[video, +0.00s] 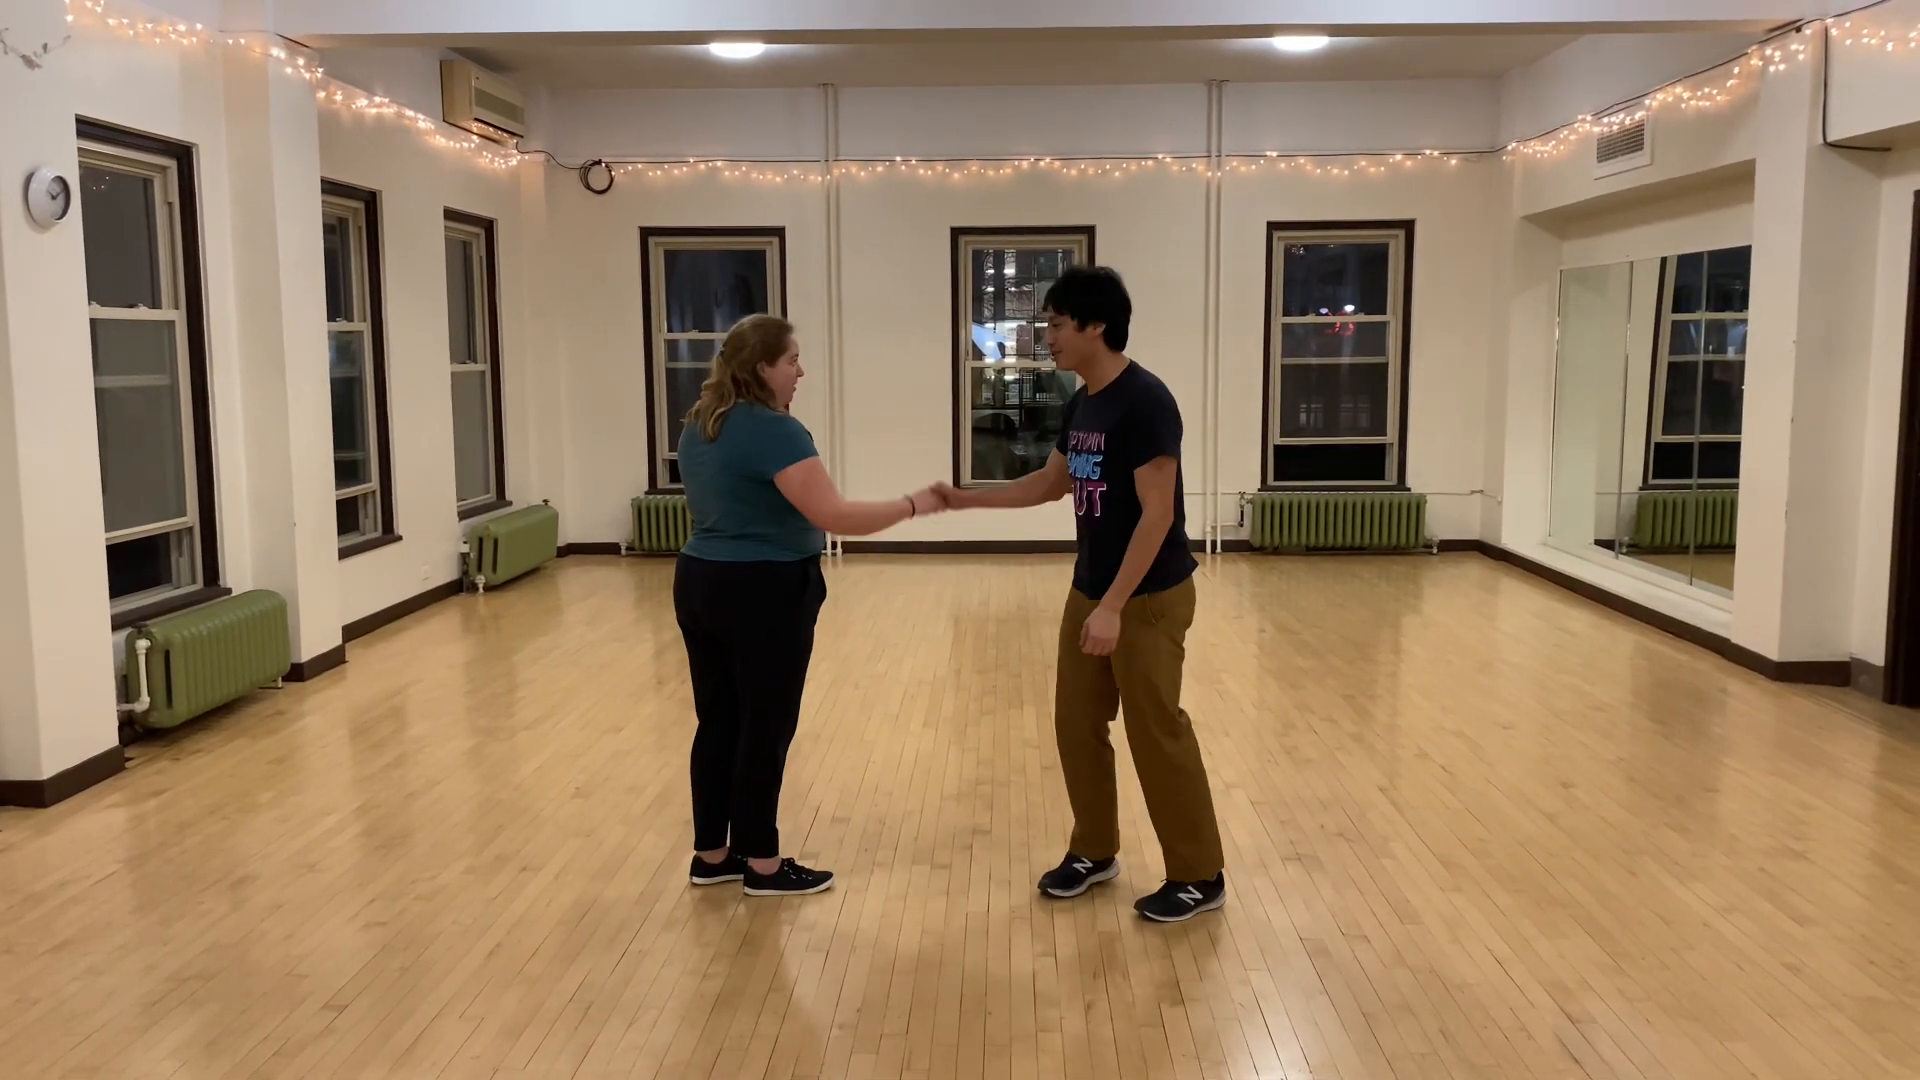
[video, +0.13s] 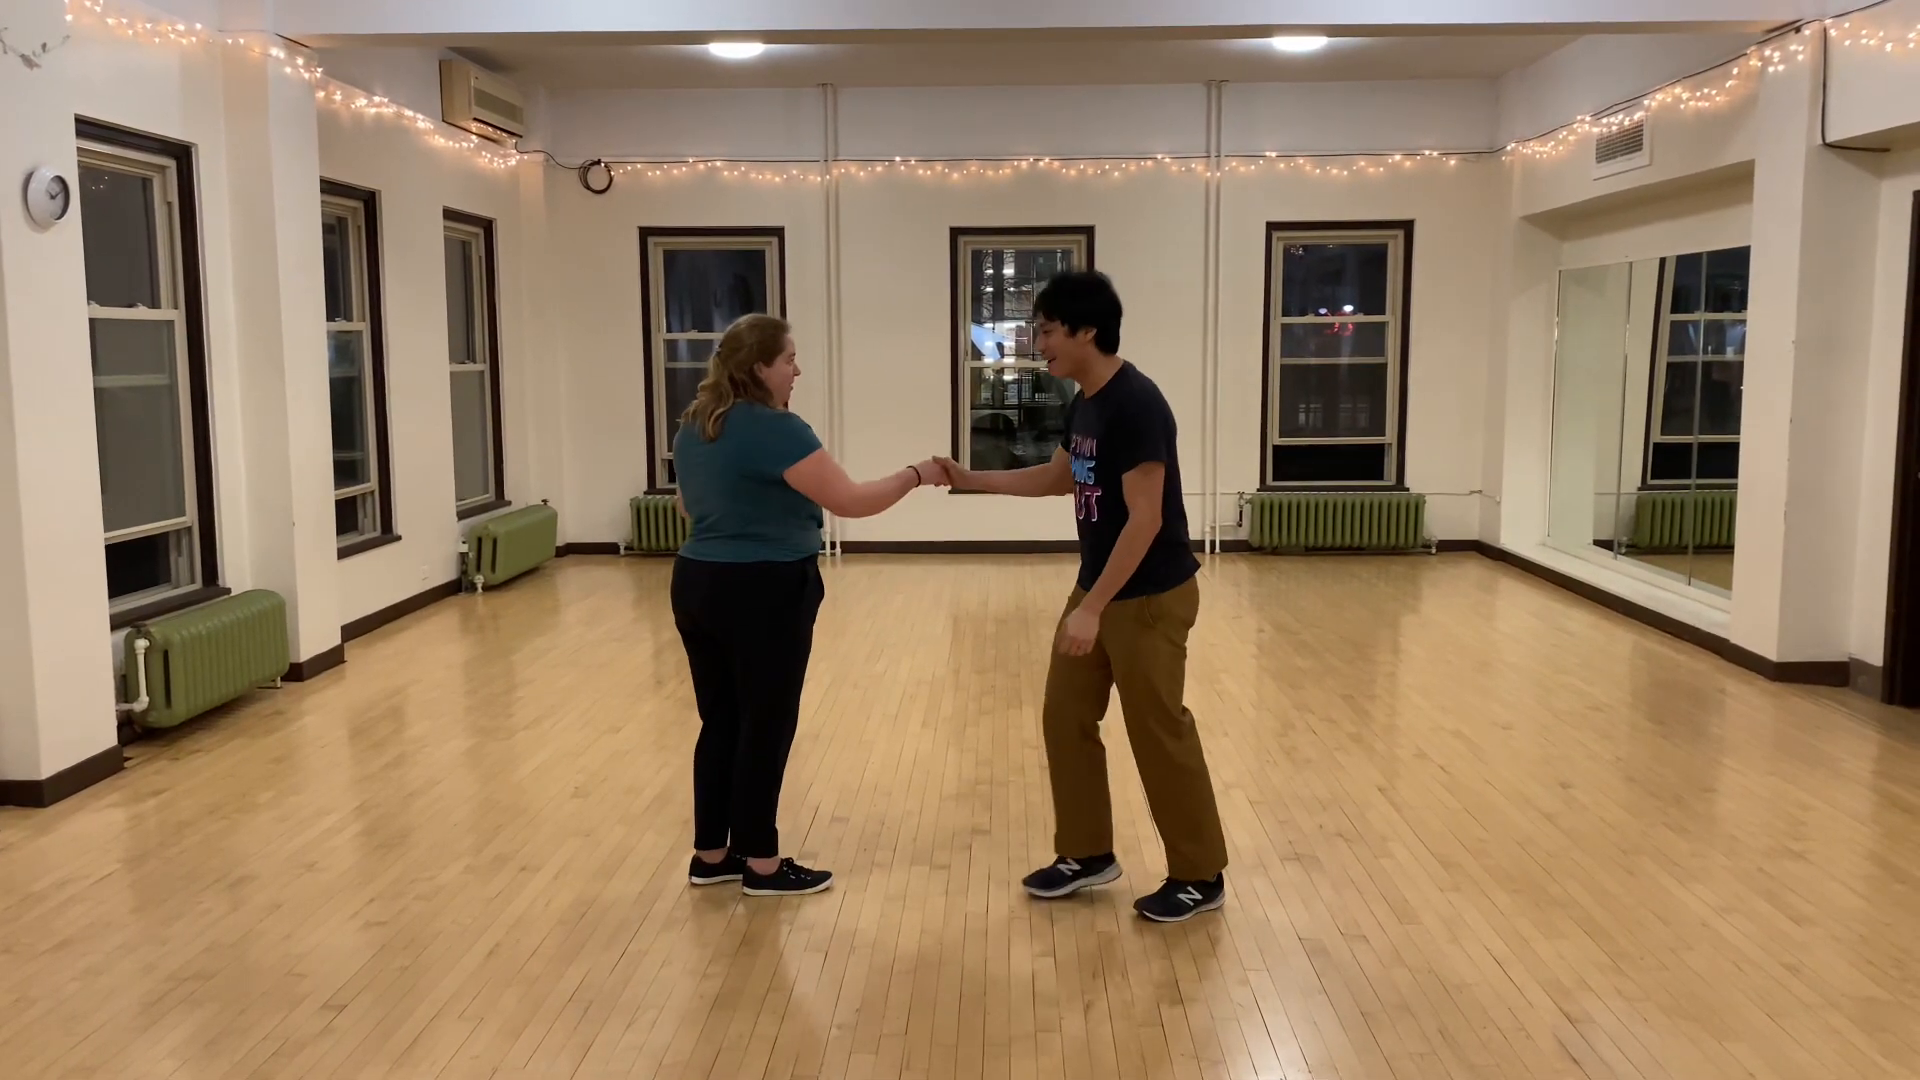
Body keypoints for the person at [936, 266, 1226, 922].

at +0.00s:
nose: (1048, 338)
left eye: (1058, 326)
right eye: (1049, 326)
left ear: (1096, 330)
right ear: (1083, 332)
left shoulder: (1147, 402)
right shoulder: (1083, 405)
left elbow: (1160, 514)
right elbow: (1048, 484)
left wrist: (1111, 604)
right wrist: (964, 497)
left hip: (1151, 596)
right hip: (1091, 592)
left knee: (1157, 732)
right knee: (1078, 727)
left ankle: (1199, 877)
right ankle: (1094, 853)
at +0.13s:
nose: (1039, 345)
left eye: (1047, 332)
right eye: (1038, 332)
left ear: (1087, 332)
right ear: (1080, 336)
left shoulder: (1138, 405)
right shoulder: (1085, 406)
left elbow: (1145, 519)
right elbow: (1057, 478)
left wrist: (1092, 606)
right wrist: (972, 481)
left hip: (1150, 595)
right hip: (1095, 591)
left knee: (1157, 728)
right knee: (1066, 719)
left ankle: (1199, 876)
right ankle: (1087, 857)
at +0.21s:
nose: (1029, 354)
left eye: (1037, 340)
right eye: (1028, 341)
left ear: (1077, 340)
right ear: (1072, 341)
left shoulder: (1127, 410)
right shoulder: (1085, 409)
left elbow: (1135, 528)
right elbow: (1057, 483)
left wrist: (1080, 613)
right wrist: (970, 483)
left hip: (1147, 599)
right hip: (1095, 595)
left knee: (1155, 731)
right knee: (1061, 721)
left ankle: (1199, 877)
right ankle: (1071, 865)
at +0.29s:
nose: (1018, 367)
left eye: (1025, 354)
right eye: (1017, 354)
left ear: (1061, 352)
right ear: (1058, 352)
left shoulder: (1114, 418)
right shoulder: (1081, 416)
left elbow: (1123, 537)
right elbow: (1051, 497)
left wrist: (1068, 624)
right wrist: (968, 501)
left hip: (1139, 603)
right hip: (1092, 599)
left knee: (1148, 735)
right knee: (1052, 729)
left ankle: (1199, 877)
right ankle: (1049, 874)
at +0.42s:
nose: (992, 372)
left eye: (998, 359)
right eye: (991, 359)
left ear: (1033, 358)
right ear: (1036, 359)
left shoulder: (1090, 423)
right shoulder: (1056, 421)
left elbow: (1113, 536)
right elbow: (1050, 506)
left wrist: (1054, 618)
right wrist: (973, 536)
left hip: (1118, 608)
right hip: (1072, 607)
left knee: (1133, 741)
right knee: (1035, 739)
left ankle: (1196, 875)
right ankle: (1037, 883)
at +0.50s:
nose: (976, 362)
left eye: (981, 349)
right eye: (975, 349)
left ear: (1016, 350)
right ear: (1020, 350)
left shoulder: (1072, 416)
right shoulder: (1033, 414)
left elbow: (1109, 523)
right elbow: (1035, 512)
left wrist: (1045, 602)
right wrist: (961, 548)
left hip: (1099, 604)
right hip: (1054, 602)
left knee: (1107, 734)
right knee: (1028, 737)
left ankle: (1184, 864)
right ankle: (1037, 880)